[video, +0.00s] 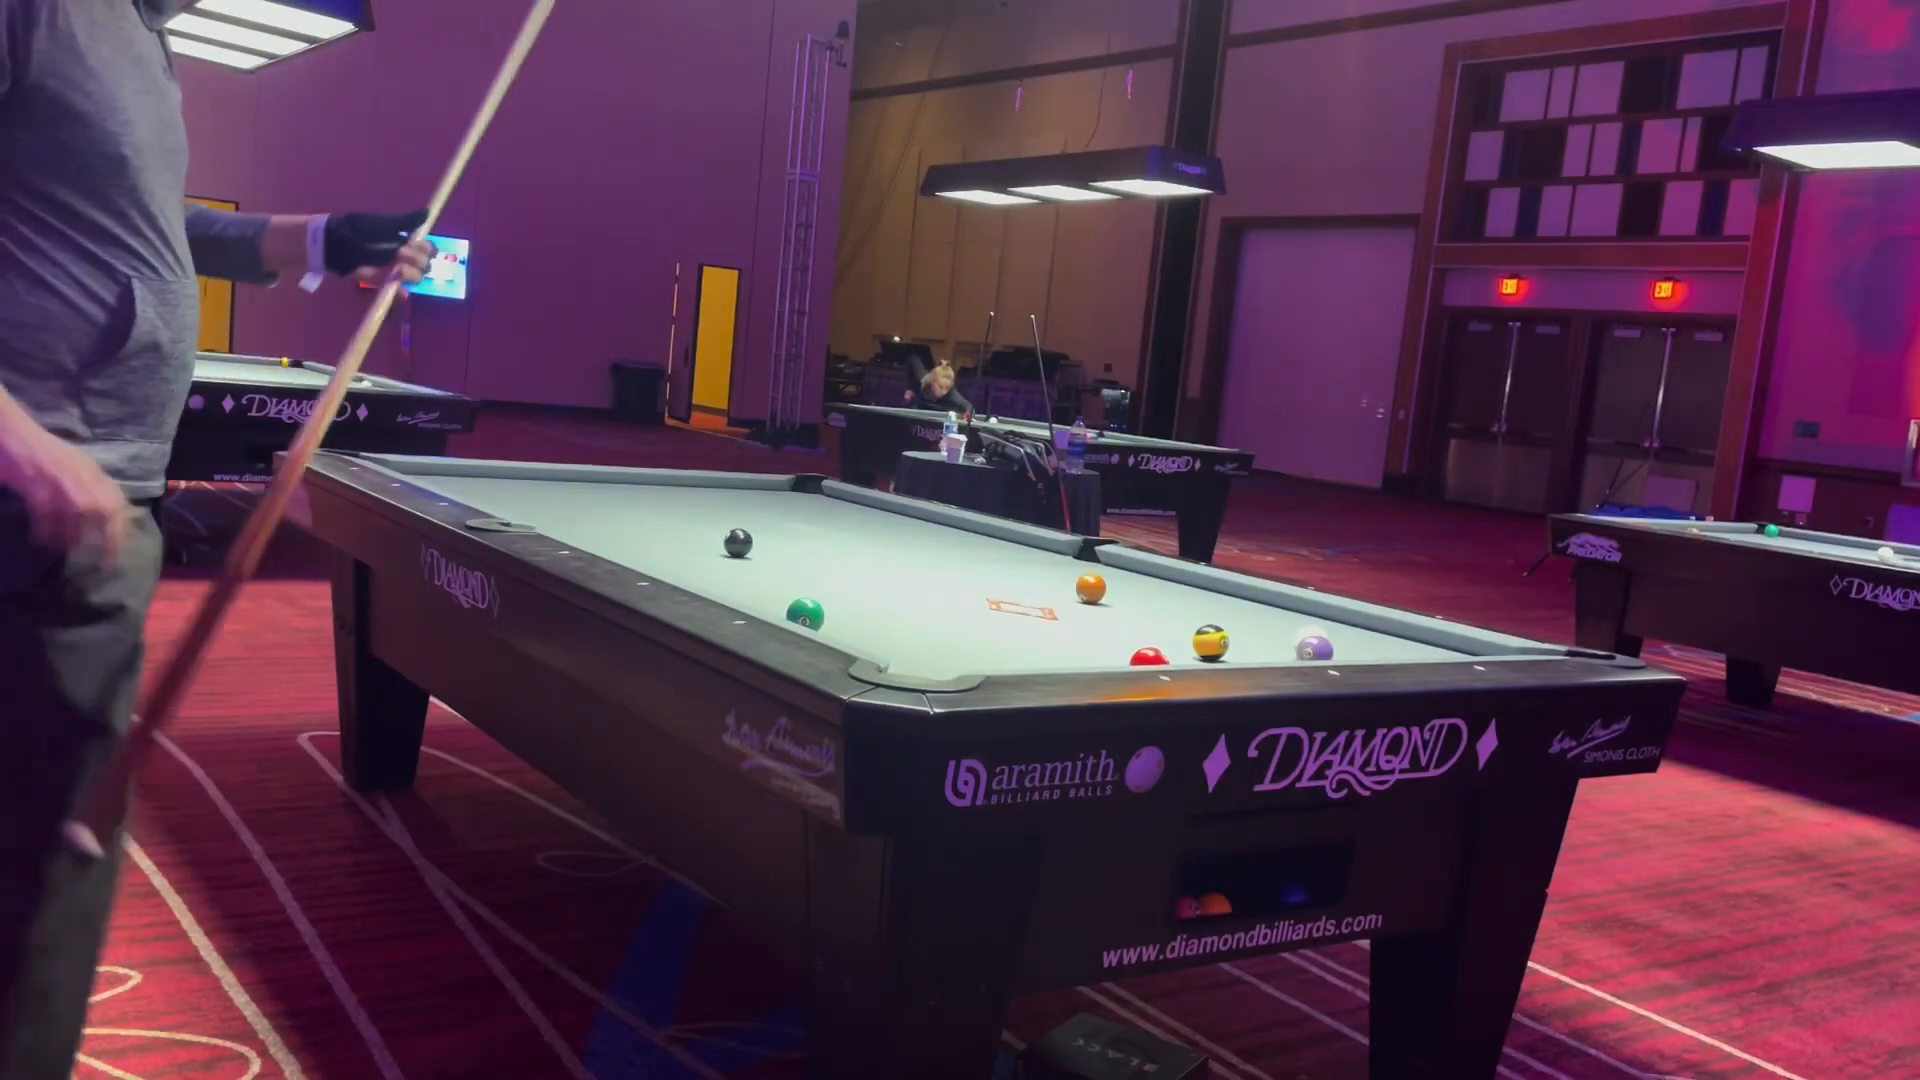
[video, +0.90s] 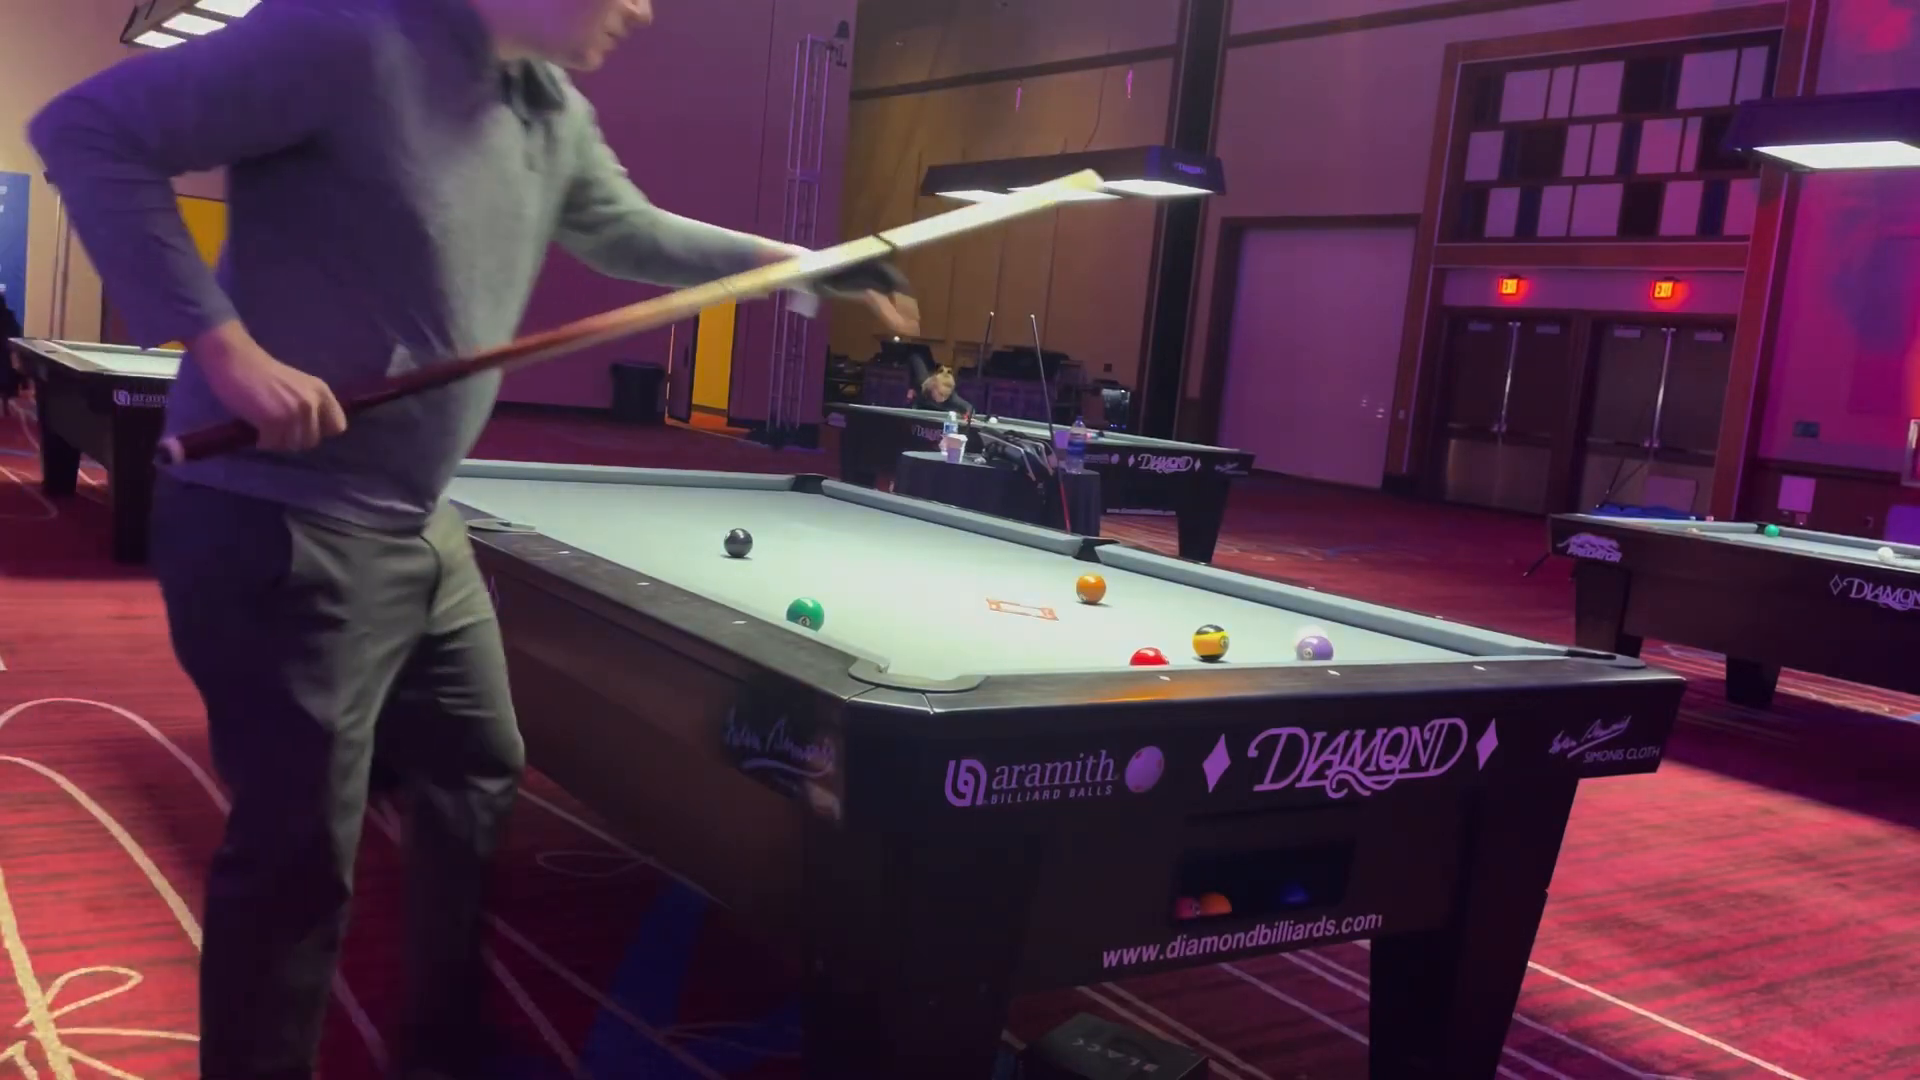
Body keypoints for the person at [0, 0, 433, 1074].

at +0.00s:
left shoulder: (126, 18)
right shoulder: (35, 18)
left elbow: (118, 225)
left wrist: (311, 245)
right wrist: (18, 438)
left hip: (102, 512)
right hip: (40, 520)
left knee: (68, 848)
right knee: (46, 861)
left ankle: (40, 1053)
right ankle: (31, 1054)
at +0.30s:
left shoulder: (195, 27)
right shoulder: (66, 16)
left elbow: (205, 212)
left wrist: (395, 230)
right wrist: (19, 419)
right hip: (99, 498)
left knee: (29, 838)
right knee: (206, 825)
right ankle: (211, 1065)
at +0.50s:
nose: (403, 1)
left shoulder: (309, 52)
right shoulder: (148, 22)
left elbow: (325, 210)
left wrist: (497, 240)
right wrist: (78, 414)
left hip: (231, 515)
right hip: (168, 521)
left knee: (92, 840)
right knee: (255, 866)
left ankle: (8, 1049)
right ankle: (263, 1064)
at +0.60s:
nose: (464, 2)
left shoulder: (372, 55)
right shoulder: (203, 31)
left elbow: (398, 207)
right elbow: (7, 188)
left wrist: (559, 236)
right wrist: (119, 416)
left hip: (292, 522)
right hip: (199, 524)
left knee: (212, 834)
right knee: (281, 869)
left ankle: (45, 1056)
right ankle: (267, 1066)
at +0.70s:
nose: (515, 10)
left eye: (516, 5)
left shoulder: (425, 62)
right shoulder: (252, 35)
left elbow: (474, 206)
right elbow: (28, 176)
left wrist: (642, 234)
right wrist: (163, 397)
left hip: (338, 518)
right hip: (231, 520)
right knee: (268, 869)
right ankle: (262, 1072)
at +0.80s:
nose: (576, 9)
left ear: (522, 4)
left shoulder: (492, 84)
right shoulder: (296, 33)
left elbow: (542, 209)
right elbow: (48, 142)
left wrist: (719, 242)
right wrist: (203, 354)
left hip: (382, 518)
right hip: (254, 518)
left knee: (444, 758)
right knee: (283, 857)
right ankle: (261, 1065)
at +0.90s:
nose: (639, 17)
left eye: (646, 5)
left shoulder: (550, 107)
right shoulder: (346, 43)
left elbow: (641, 236)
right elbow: (87, 133)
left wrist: (824, 284)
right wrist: (221, 343)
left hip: (416, 523)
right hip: (279, 520)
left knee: (470, 779)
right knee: (293, 863)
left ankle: (441, 1053)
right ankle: (262, 1071)